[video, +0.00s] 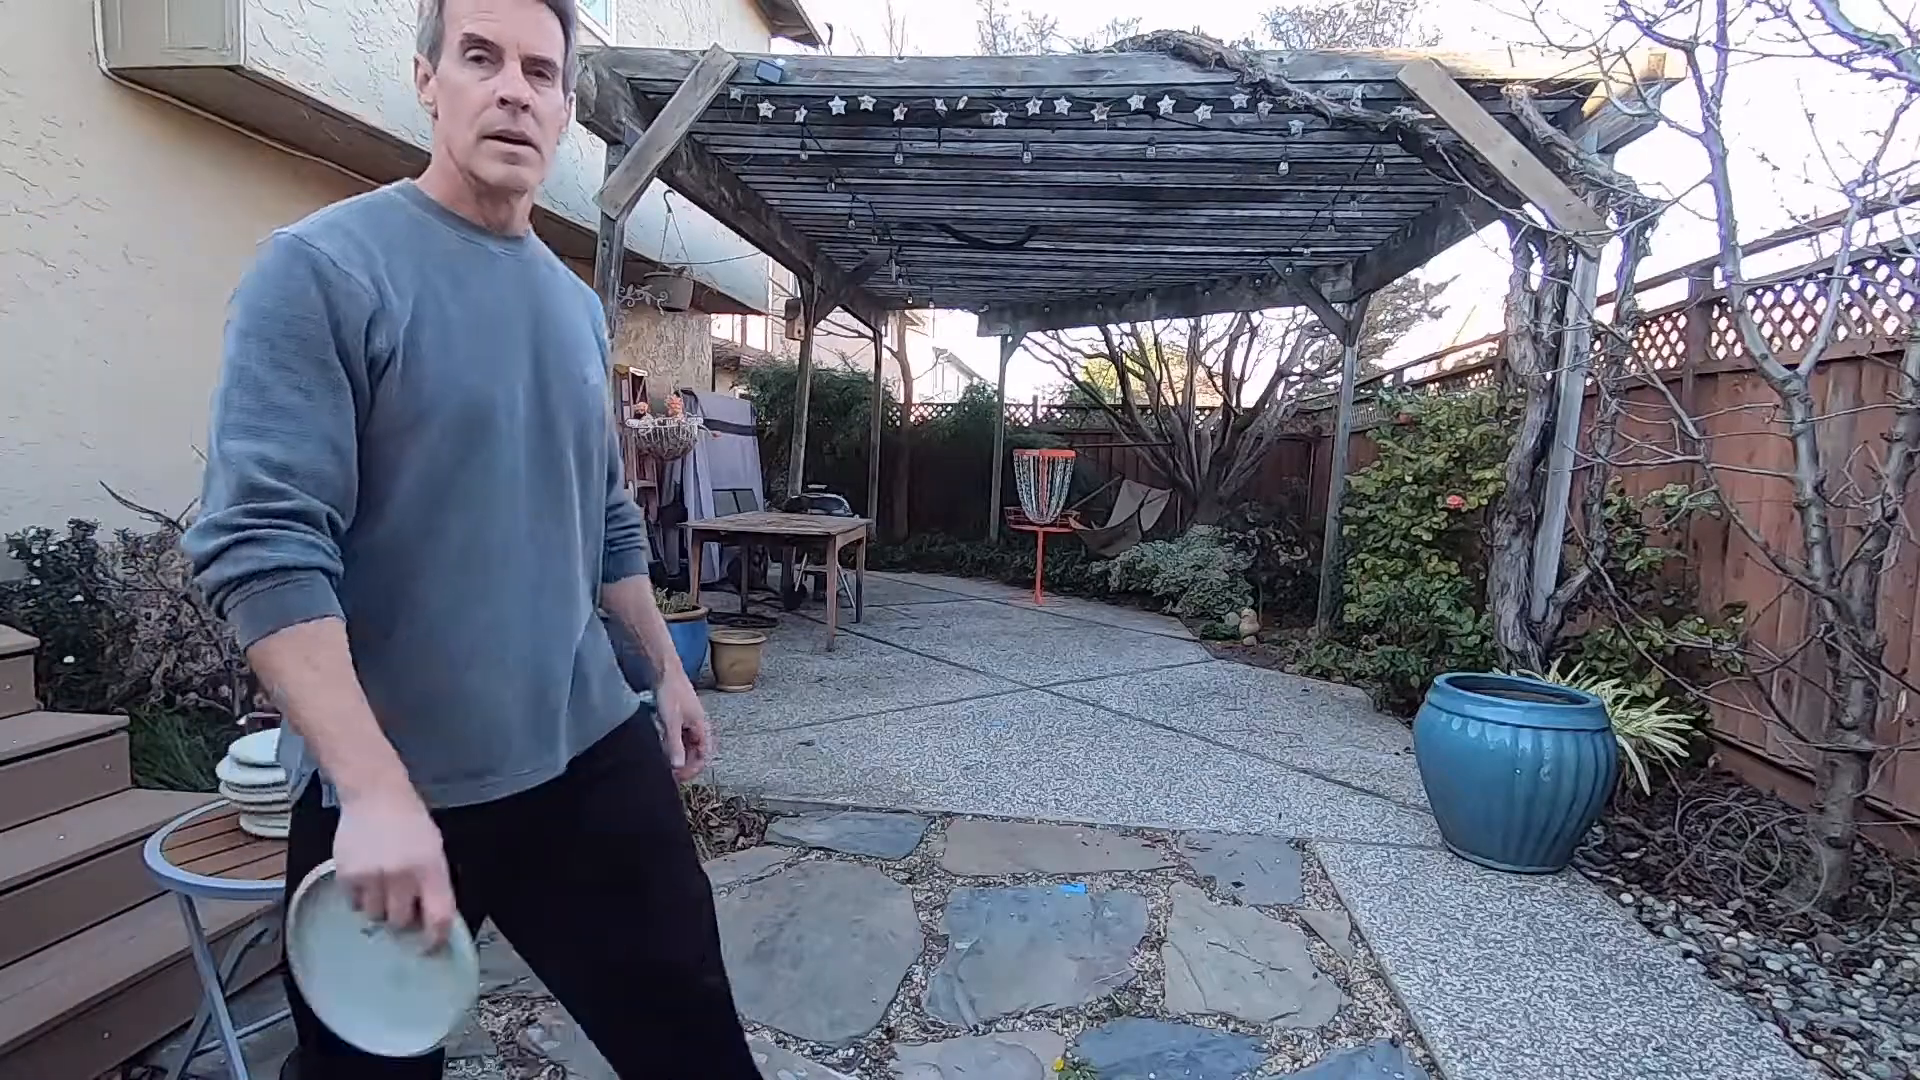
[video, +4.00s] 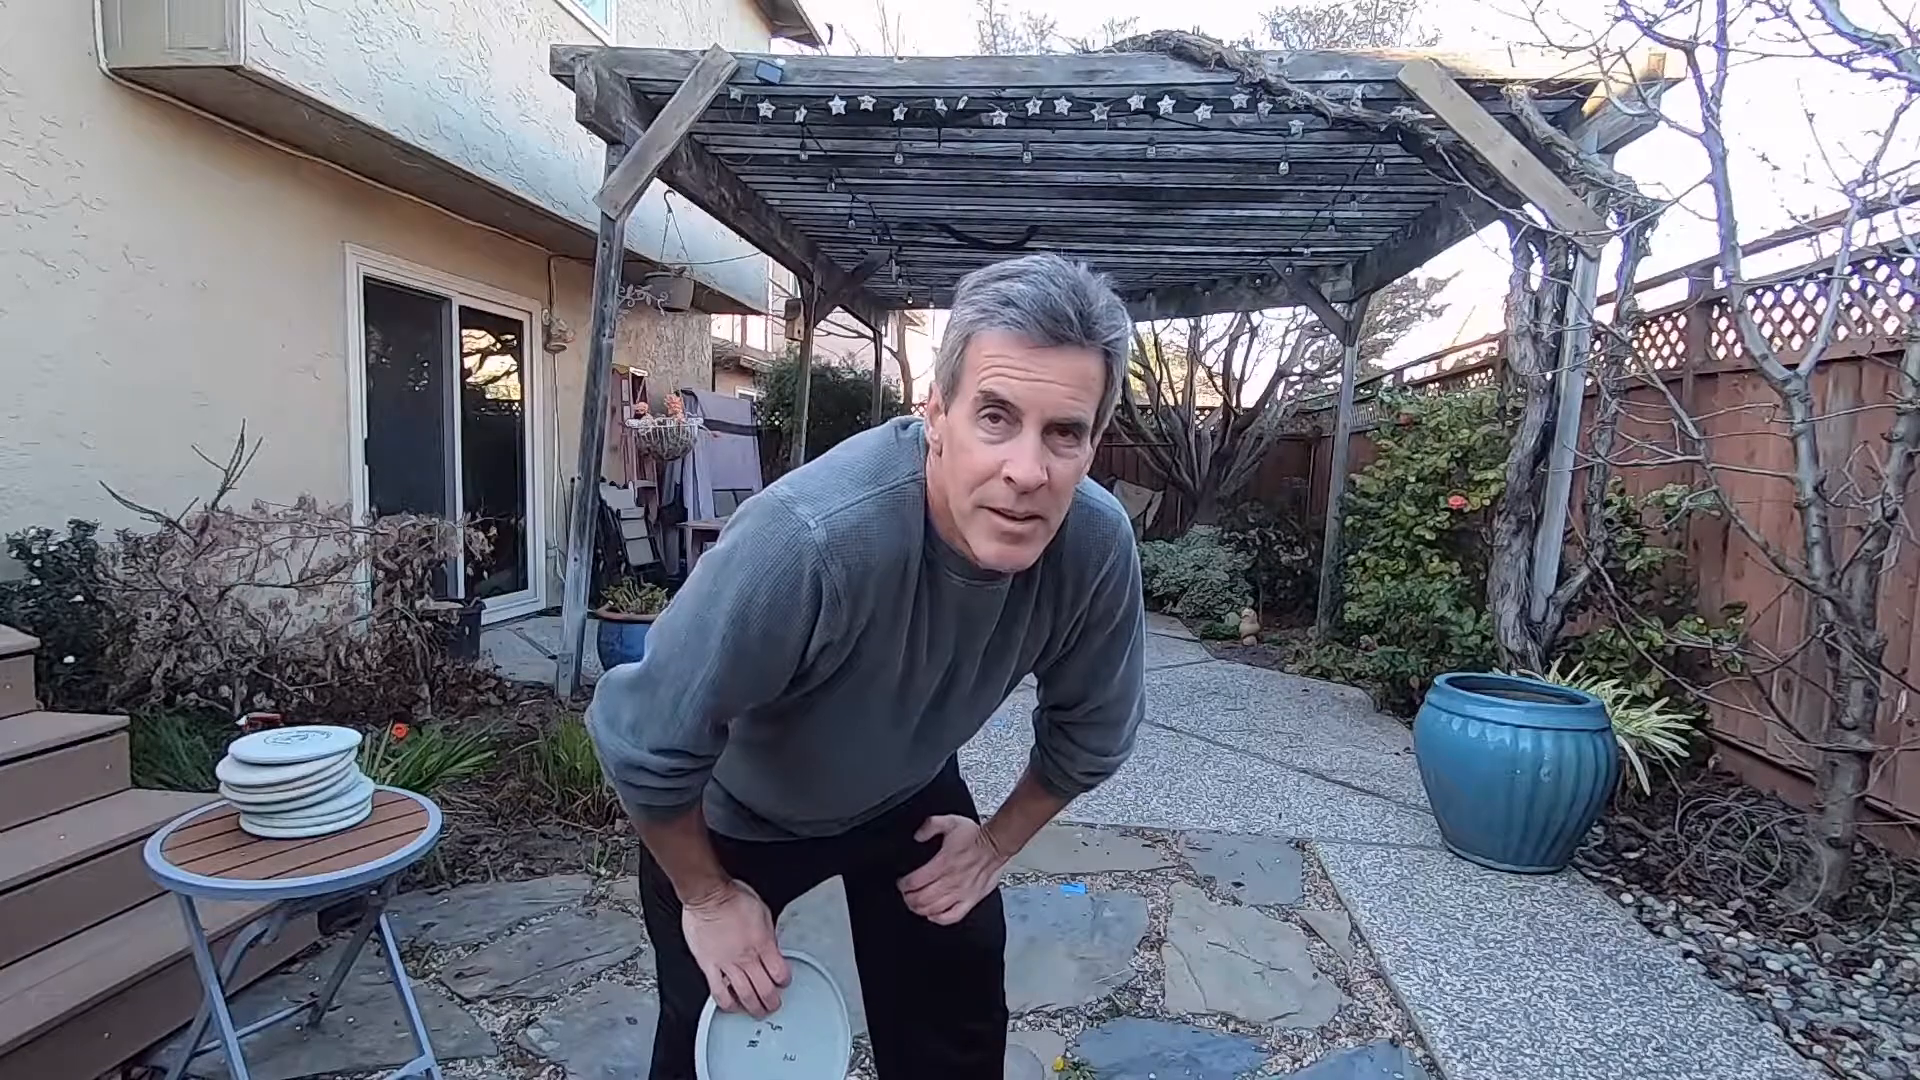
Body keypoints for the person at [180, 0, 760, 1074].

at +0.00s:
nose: (514, 93)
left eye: (543, 73)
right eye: (483, 60)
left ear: (566, 110)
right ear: (427, 82)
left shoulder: (574, 303)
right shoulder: (323, 268)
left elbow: (607, 515)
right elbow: (264, 545)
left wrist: (665, 671)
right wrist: (371, 786)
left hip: (584, 752)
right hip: (387, 793)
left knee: (694, 1045)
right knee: (366, 1071)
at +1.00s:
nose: (947, 118)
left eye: (976, 97)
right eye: (921, 83)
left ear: (997, 135)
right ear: (869, 102)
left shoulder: (993, 327)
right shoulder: (732, 246)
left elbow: (1003, 543)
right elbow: (591, 450)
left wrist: (1020, 717)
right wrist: (611, 668)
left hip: (881, 747)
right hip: (706, 741)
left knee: (858, 1049)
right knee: (700, 1050)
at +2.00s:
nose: (997, 464)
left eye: (1034, 424)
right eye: (969, 407)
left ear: (1061, 426)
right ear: (901, 391)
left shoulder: (1054, 517)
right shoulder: (765, 495)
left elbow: (1058, 697)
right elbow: (613, 708)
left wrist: (962, 813)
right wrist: (687, 876)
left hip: (886, 772)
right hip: (714, 786)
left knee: (938, 1033)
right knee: (693, 1043)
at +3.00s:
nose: (1010, 436)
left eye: (1046, 399)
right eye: (978, 386)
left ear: (1075, 414)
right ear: (919, 383)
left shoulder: (1075, 521)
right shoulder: (793, 506)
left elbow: (1080, 706)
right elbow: (643, 712)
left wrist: (986, 824)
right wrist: (708, 883)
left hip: (905, 775)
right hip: (737, 789)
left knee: (952, 1031)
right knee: (704, 1039)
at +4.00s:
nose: (1028, 472)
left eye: (1065, 433)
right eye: (998, 418)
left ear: (1094, 441)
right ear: (935, 412)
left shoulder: (1095, 545)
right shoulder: (805, 541)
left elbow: (1093, 726)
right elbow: (644, 736)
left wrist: (998, 840)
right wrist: (705, 896)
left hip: (909, 782)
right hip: (741, 797)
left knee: (956, 1034)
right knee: (707, 1037)